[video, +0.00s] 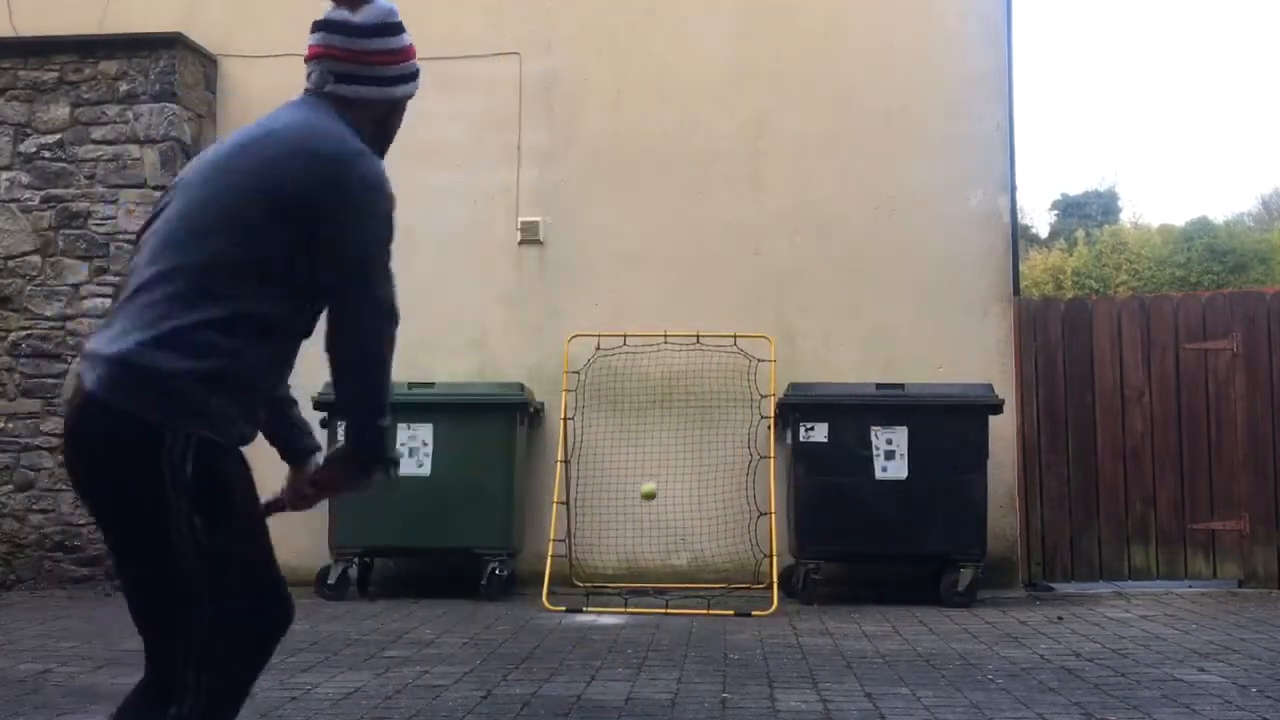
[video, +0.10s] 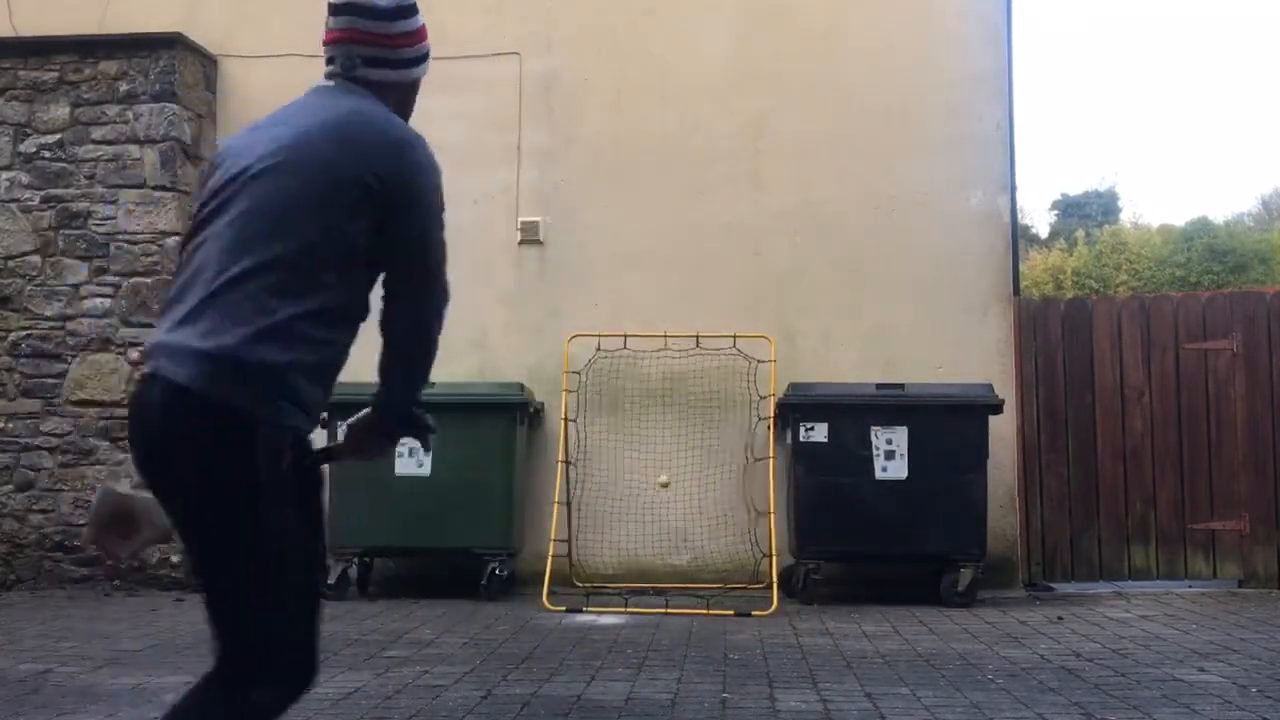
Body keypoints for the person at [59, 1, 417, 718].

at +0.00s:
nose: (399, 126)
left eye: (403, 107)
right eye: (401, 107)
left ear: (321, 82)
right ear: (386, 99)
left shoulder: (260, 143)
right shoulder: (354, 172)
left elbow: (220, 325)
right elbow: (363, 331)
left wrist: (300, 448)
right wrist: (364, 452)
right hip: (151, 426)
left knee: (257, 613)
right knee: (190, 657)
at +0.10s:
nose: (417, 87)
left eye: (415, 74)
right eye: (417, 74)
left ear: (332, 63)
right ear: (406, 74)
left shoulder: (256, 133)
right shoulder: (398, 149)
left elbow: (203, 275)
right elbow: (416, 303)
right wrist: (388, 416)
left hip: (161, 403)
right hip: (246, 419)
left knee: (258, 652)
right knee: (278, 664)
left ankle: (163, 515)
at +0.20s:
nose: (425, 90)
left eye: (425, 78)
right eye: (426, 77)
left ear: (342, 67)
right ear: (421, 76)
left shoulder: (268, 145)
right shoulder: (416, 152)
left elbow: (228, 297)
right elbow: (455, 304)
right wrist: (434, 423)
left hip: (194, 415)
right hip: (286, 425)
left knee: (283, 646)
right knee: (354, 656)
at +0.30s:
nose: (457, 82)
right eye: (456, 71)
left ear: (373, 69)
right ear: (452, 75)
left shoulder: (300, 151)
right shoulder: (458, 155)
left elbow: (247, 303)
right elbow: (512, 308)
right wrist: (510, 446)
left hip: (241, 417)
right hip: (348, 424)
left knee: (310, 639)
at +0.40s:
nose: (505, 77)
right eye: (504, 65)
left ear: (419, 63)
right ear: (499, 69)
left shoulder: (347, 146)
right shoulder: (513, 147)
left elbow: (290, 294)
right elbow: (588, 287)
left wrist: (375, 361)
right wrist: (595, 429)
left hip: (311, 420)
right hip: (429, 423)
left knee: (323, 641)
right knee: (548, 628)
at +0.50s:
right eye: (557, 50)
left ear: (474, 56)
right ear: (555, 59)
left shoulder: (415, 140)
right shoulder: (580, 141)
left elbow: (377, 274)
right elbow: (679, 270)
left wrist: (472, 269)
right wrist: (686, 331)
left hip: (405, 432)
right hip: (527, 434)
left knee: (361, 636)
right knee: (632, 636)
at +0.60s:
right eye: (610, 13)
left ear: (533, 19)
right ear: (612, 19)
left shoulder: (485, 102)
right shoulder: (653, 102)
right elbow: (752, 174)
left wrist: (659, 93)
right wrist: (735, 122)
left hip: (498, 413)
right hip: (619, 417)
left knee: (426, 627)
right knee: (675, 651)